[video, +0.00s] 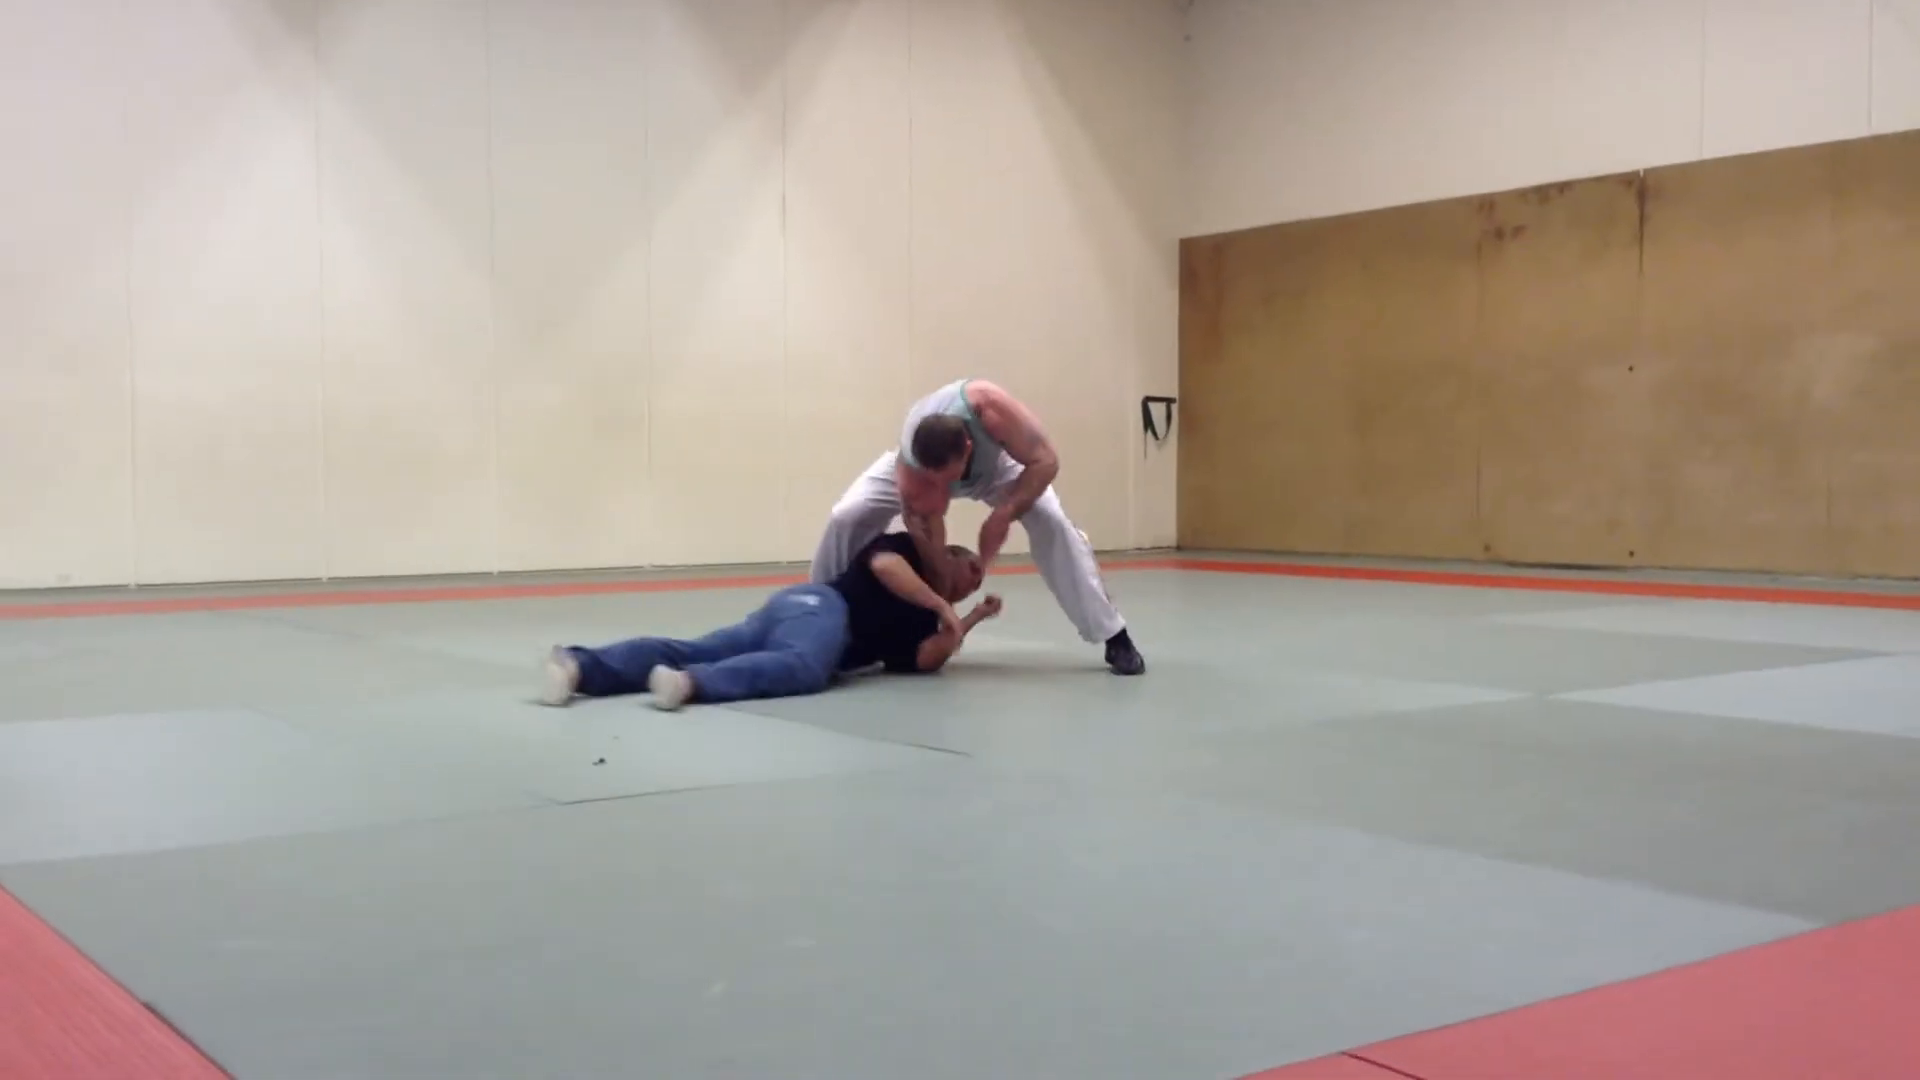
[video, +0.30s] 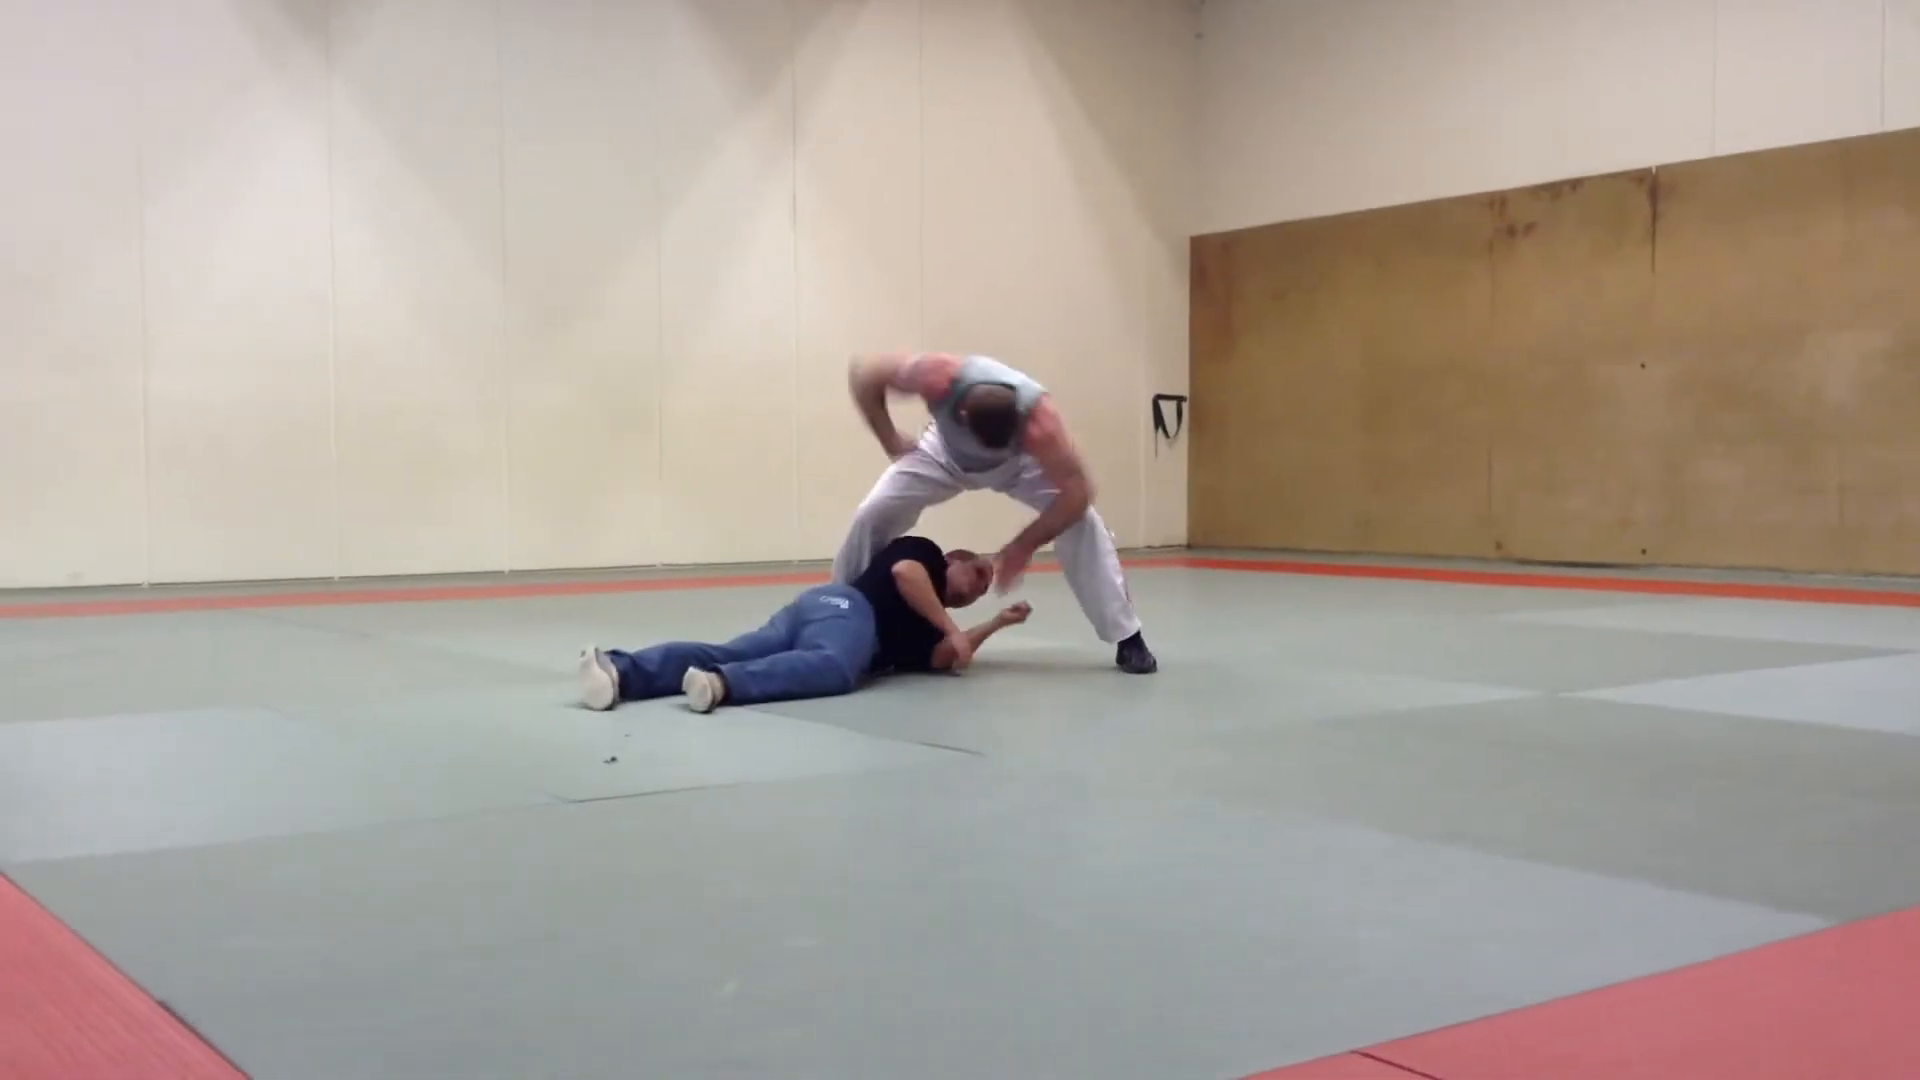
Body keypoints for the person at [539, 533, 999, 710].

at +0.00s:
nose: (963, 574)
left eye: (968, 575)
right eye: (963, 564)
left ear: (960, 588)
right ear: (944, 554)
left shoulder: (921, 631)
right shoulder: (906, 545)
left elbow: (926, 658)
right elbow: (882, 563)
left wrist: (962, 627)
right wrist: (939, 605)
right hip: (825, 606)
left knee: (700, 652)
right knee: (806, 669)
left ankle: (585, 668)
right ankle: (693, 682)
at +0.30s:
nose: (976, 580)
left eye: (981, 584)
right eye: (974, 569)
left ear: (972, 596)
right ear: (953, 556)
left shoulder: (932, 634)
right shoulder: (919, 549)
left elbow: (954, 656)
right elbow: (905, 577)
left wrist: (996, 625)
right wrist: (947, 626)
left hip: (815, 620)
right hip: (846, 606)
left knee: (732, 655)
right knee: (835, 669)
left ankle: (622, 674)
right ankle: (726, 683)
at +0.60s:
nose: (974, 612)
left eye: (978, 608)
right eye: (976, 601)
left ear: (958, 588)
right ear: (965, 577)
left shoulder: (933, 634)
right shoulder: (938, 552)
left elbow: (955, 654)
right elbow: (939, 581)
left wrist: (1005, 656)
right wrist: (985, 648)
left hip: (828, 615)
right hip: (867, 620)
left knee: (729, 652)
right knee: (818, 667)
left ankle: (607, 662)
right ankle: (714, 681)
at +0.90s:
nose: (1009, 611)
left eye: (1012, 603)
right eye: (1011, 600)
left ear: (971, 586)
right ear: (996, 584)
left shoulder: (949, 633)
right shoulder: (971, 563)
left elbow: (959, 658)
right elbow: (1010, 609)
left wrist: (1007, 631)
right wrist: (1033, 636)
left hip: (838, 616)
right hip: (882, 612)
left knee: (743, 653)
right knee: (832, 666)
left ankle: (619, 668)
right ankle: (725, 673)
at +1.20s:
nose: (1025, 641)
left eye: (1022, 639)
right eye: (1027, 638)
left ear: (994, 613)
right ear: (1024, 611)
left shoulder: (958, 601)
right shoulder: (1001, 590)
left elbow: (954, 657)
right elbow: (1018, 656)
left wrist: (1011, 650)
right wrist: (1035, 652)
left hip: (858, 611)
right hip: (900, 620)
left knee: (766, 649)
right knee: (839, 665)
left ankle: (635, 664)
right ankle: (743, 666)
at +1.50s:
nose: (1028, 646)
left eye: (1024, 644)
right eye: (1028, 643)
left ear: (1007, 621)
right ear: (1026, 613)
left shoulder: (956, 589)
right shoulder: (1010, 594)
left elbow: (949, 660)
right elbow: (1023, 660)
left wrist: (1007, 651)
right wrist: (1040, 653)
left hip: (868, 612)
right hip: (910, 622)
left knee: (779, 650)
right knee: (842, 666)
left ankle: (644, 664)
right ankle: (748, 665)